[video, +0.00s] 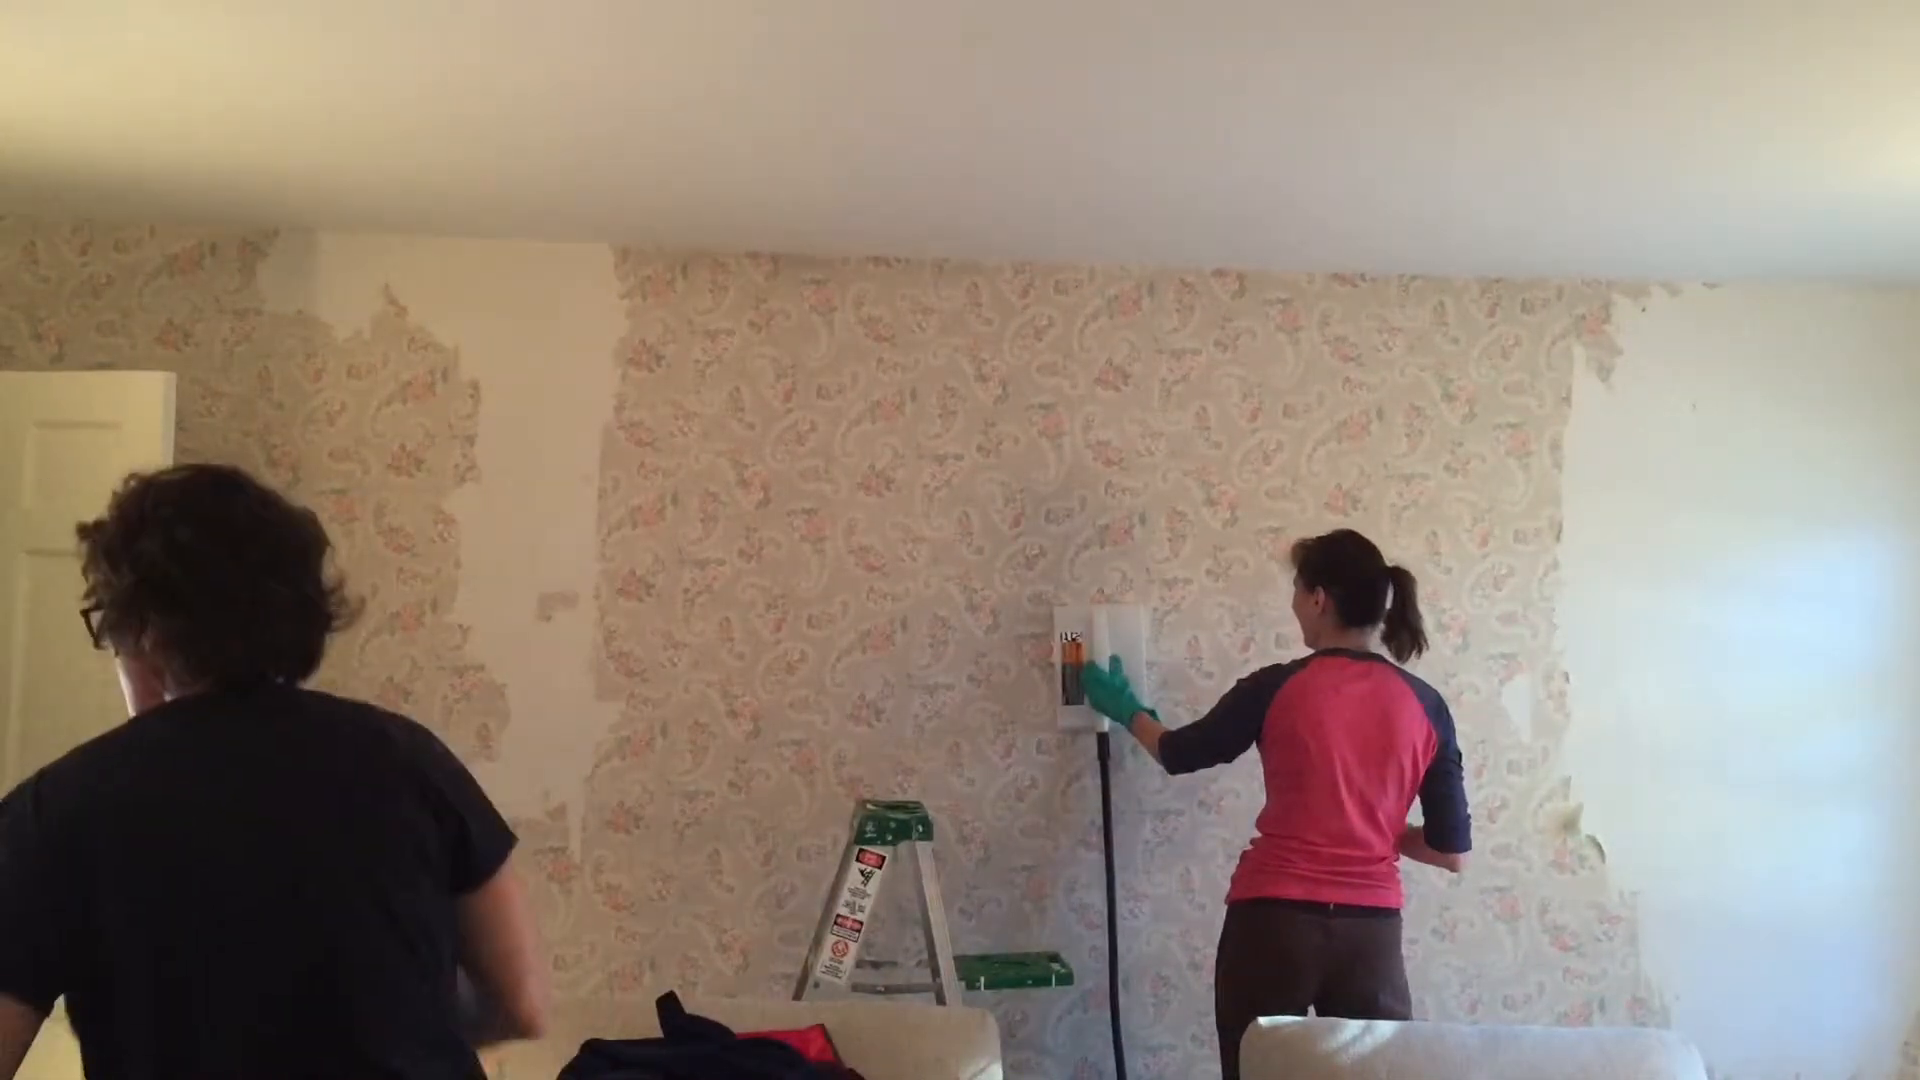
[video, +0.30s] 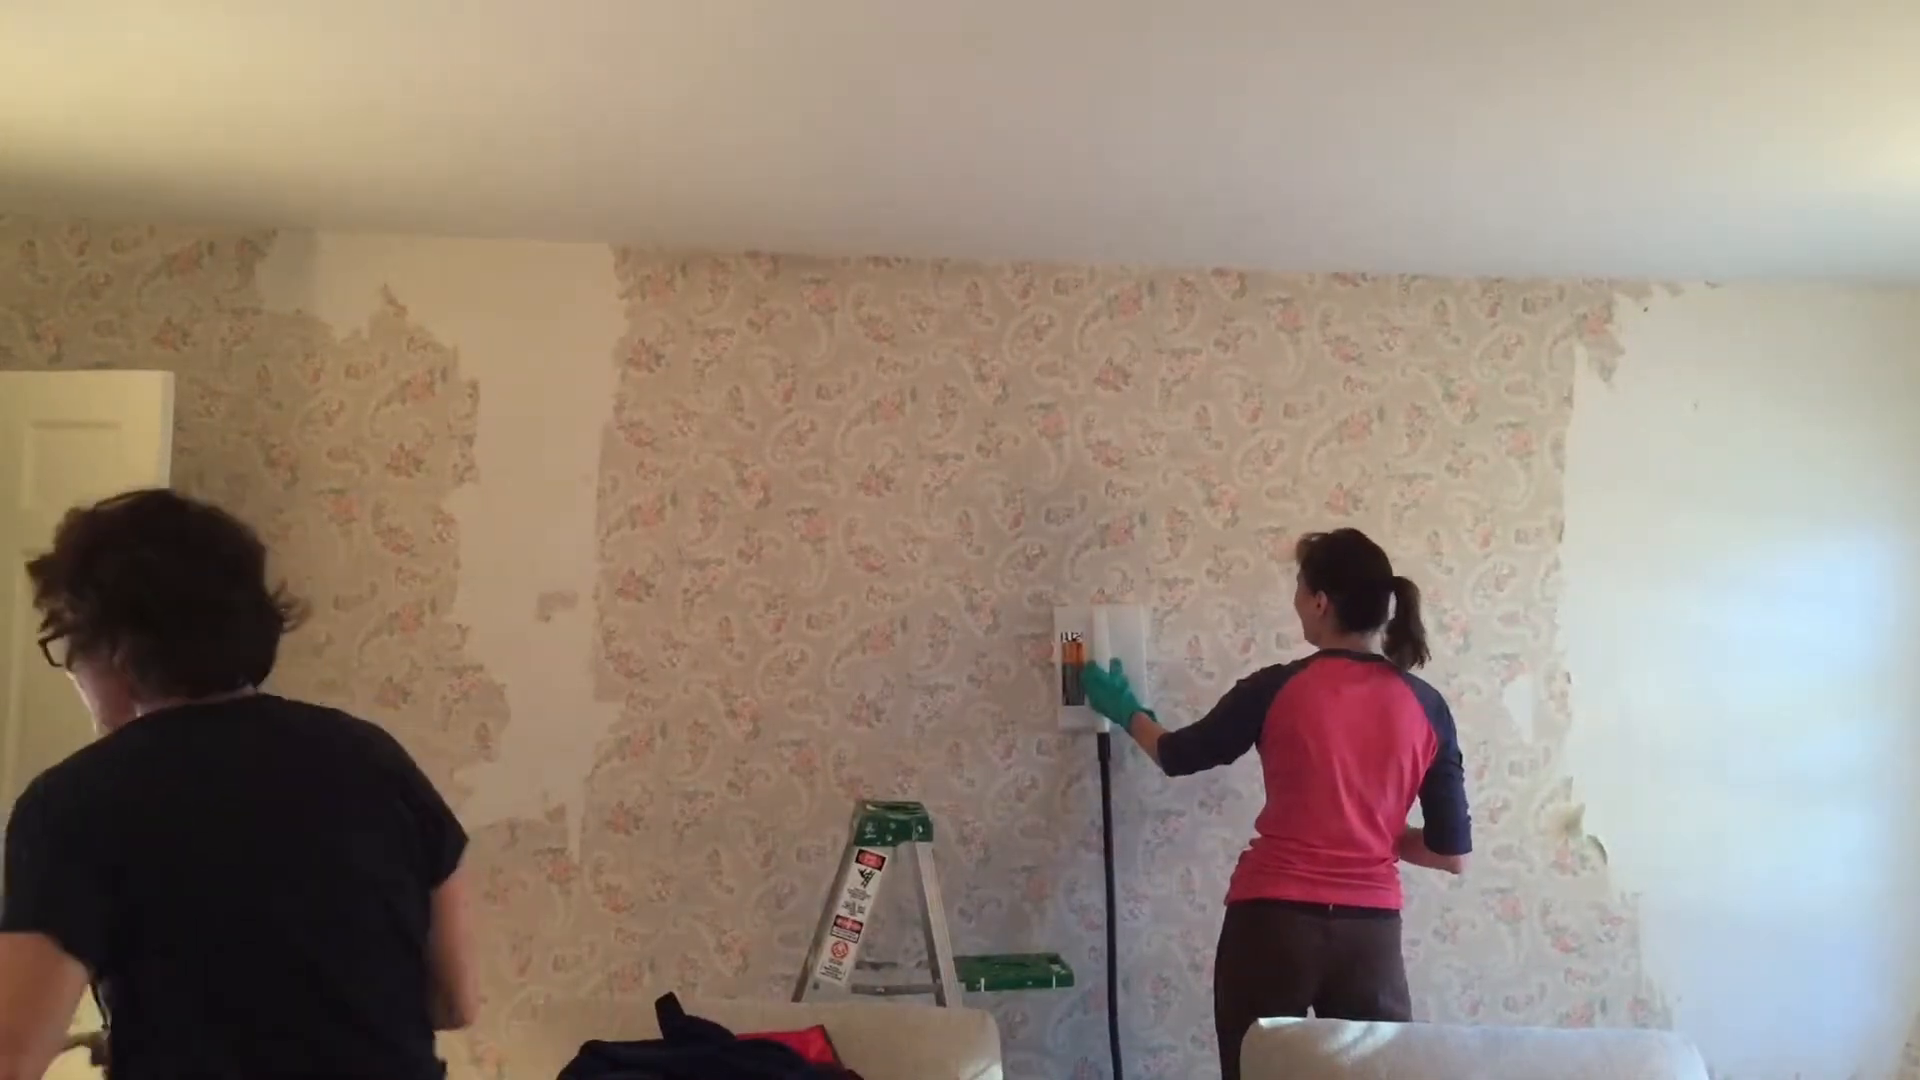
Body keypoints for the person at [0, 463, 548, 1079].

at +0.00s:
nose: (107, 647)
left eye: (106, 619)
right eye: (100, 620)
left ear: (146, 631)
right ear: (295, 613)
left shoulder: (52, 814)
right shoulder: (406, 759)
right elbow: (519, 1008)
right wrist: (372, 1005)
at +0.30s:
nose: (69, 670)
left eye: (72, 641)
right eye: (66, 642)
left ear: (118, 643)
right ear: (240, 626)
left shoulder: (74, 804)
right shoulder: (372, 757)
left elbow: (19, 1058)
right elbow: (455, 1002)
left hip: (181, 1062)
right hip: (383, 1063)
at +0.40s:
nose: (67, 671)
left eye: (66, 644)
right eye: (61, 647)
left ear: (115, 641)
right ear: (226, 619)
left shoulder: (97, 780)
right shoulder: (353, 747)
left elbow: (49, 1036)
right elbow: (424, 983)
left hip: (185, 1066)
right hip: (369, 1066)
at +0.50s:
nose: (53, 688)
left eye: (48, 662)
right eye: (44, 665)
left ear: (98, 643)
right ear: (199, 622)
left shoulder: (112, 762)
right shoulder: (325, 748)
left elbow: (120, 1004)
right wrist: (79, 1014)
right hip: (348, 1062)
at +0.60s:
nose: (7, 684)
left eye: (9, 654)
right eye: (5, 657)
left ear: (63, 655)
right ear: (158, 638)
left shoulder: (108, 768)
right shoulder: (254, 747)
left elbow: (165, 1005)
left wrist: (52, 1070)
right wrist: (75, 1020)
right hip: (327, 1062)